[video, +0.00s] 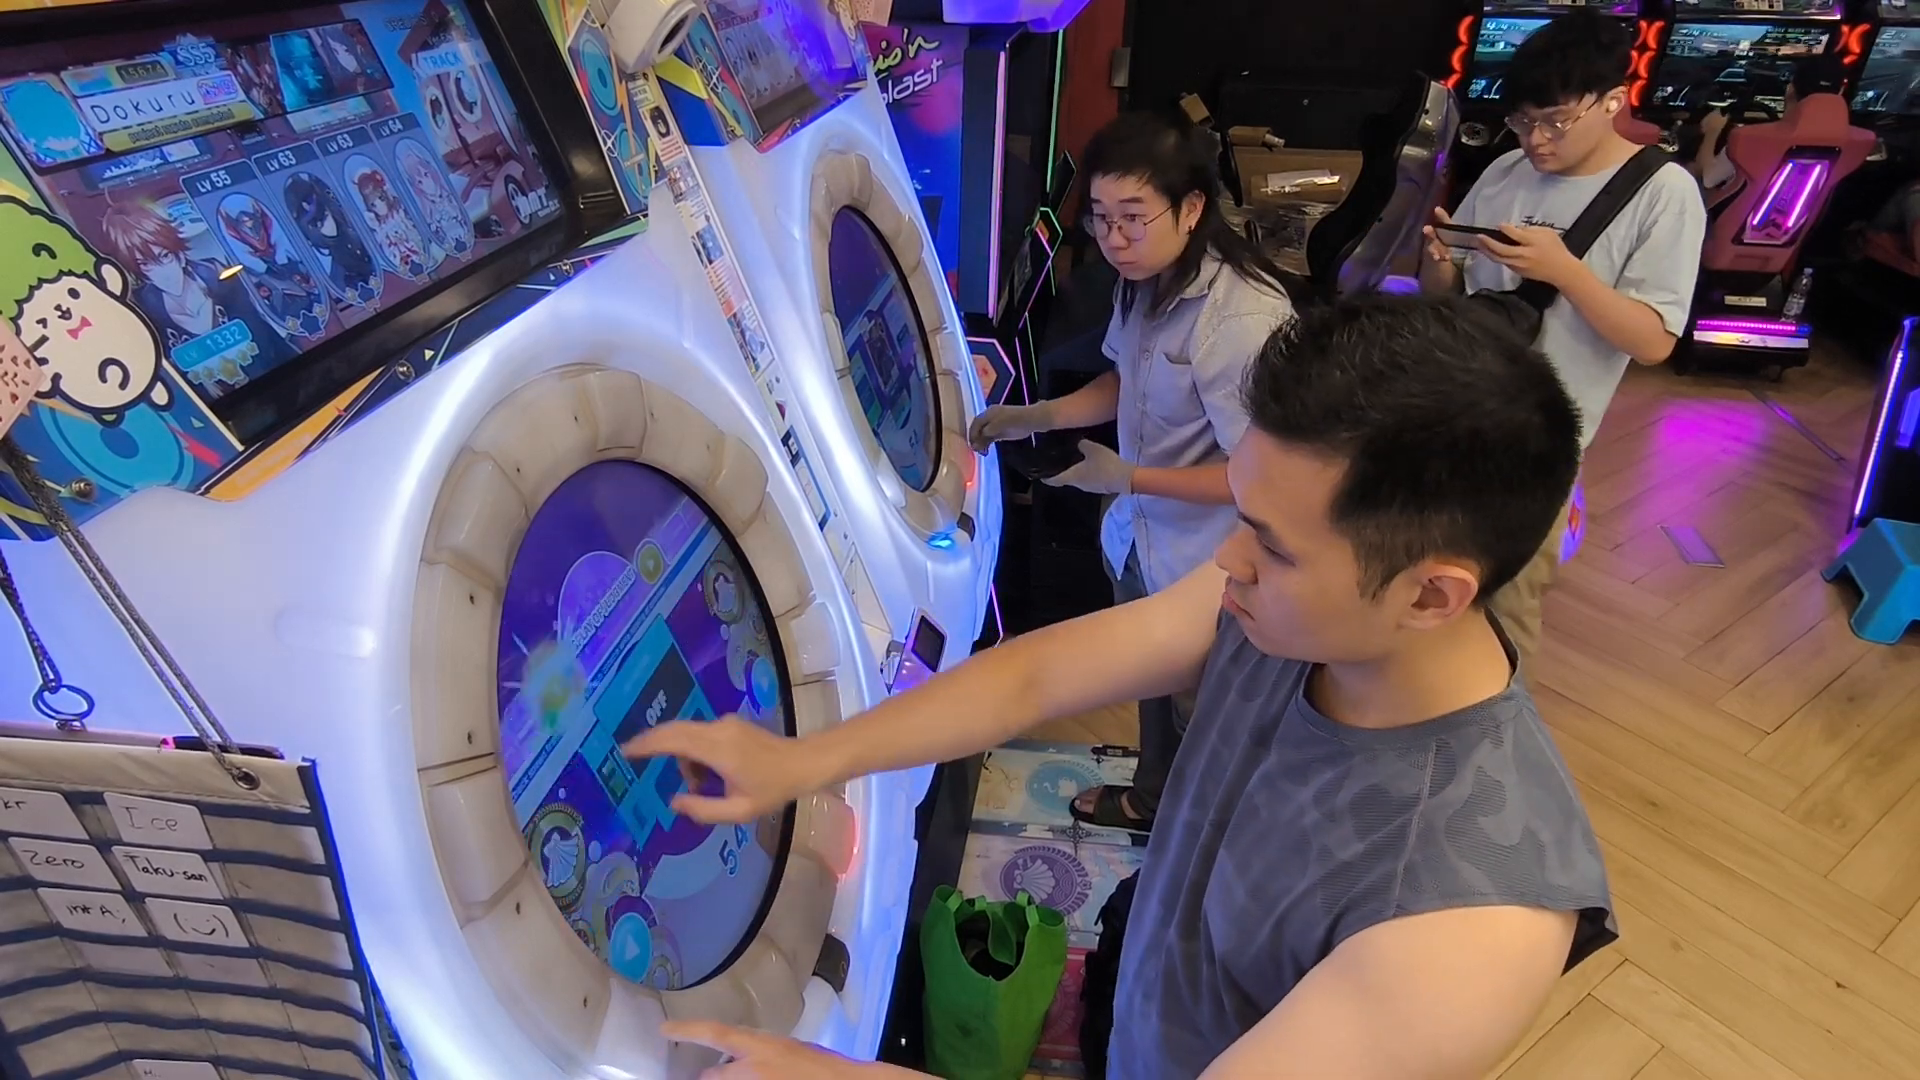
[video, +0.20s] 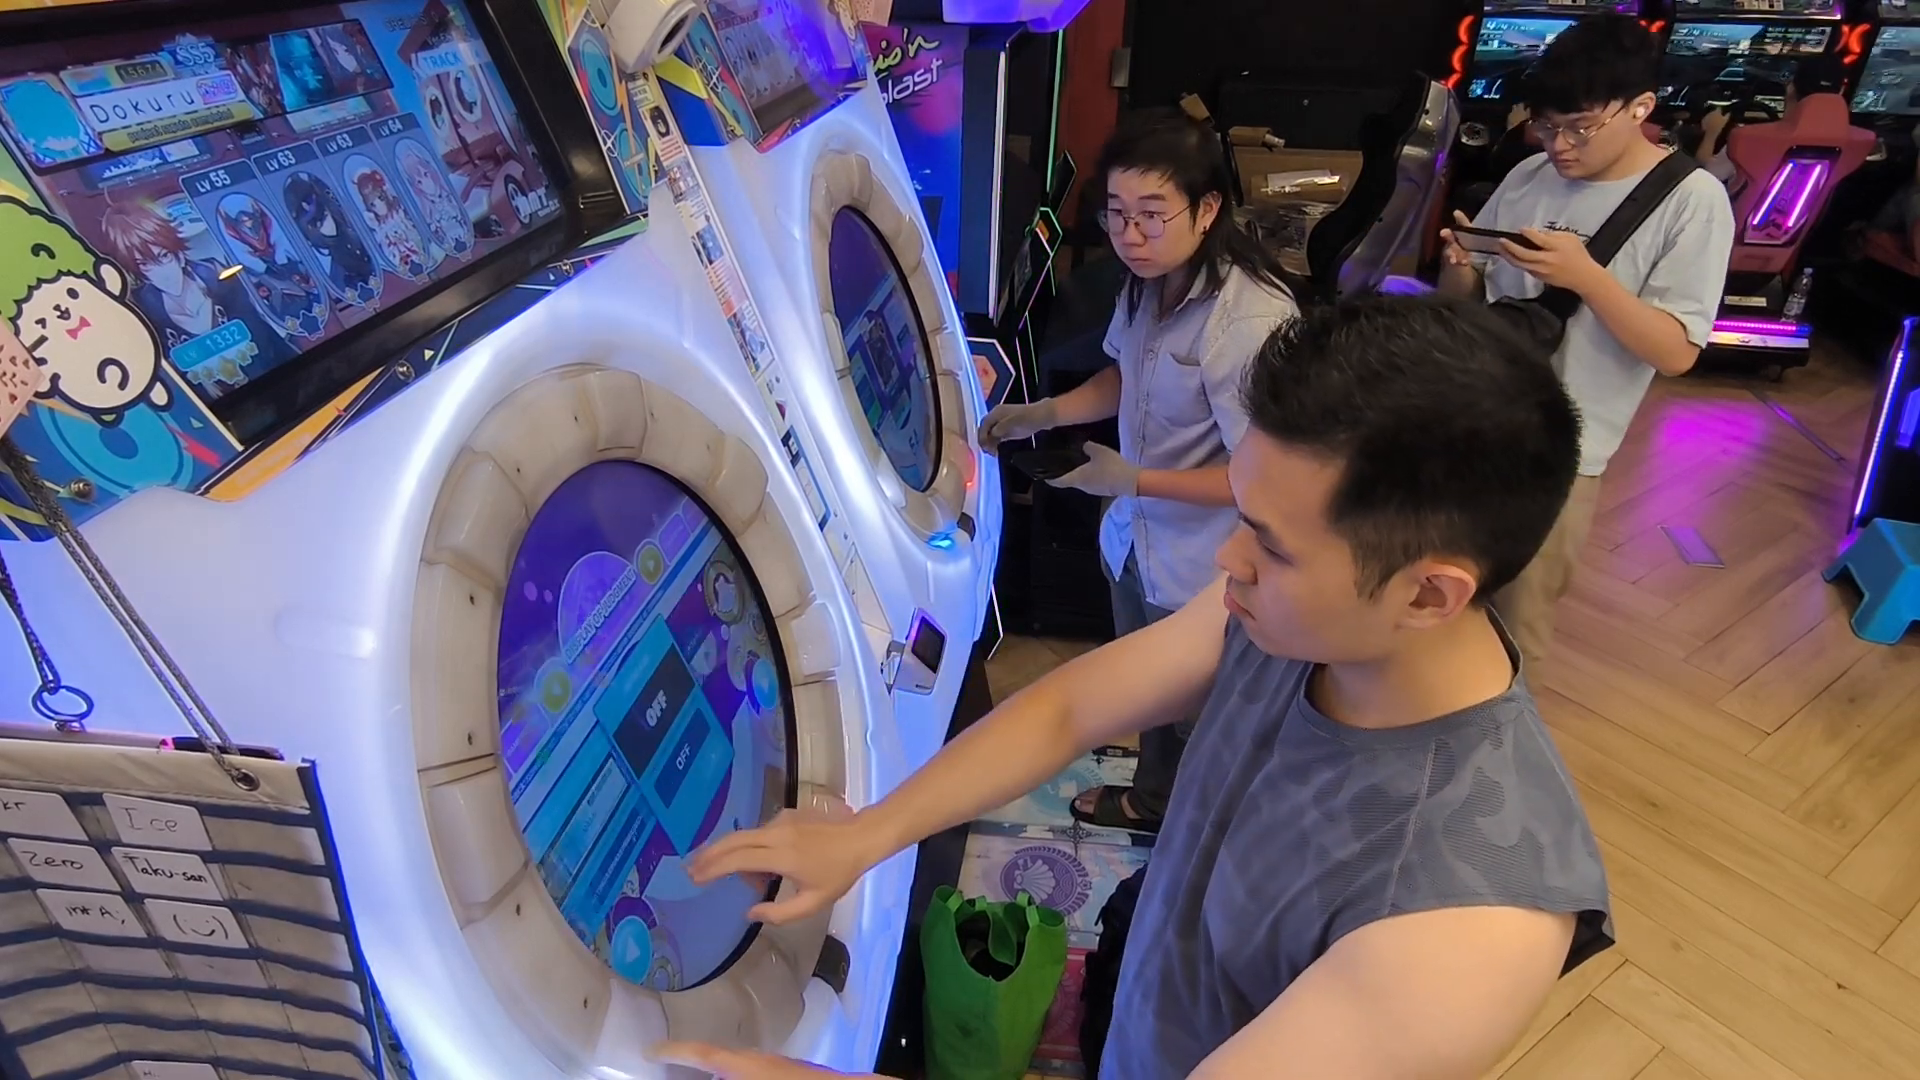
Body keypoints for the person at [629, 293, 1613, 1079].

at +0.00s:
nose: (1224, 562)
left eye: (1276, 551)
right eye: (1240, 517)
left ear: (1434, 594)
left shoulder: (1475, 908)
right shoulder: (1280, 590)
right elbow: (1031, 679)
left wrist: (860, 1079)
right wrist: (806, 760)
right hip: (1130, 1001)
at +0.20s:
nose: (1221, 560)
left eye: (1272, 549)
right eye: (1239, 516)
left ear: (1431, 593)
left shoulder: (1473, 909)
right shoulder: (1290, 604)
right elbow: (1067, 712)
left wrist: (808, 1070)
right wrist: (869, 830)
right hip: (1132, 1022)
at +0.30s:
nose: (1217, 557)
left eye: (1266, 543)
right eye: (1234, 514)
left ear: (1426, 590)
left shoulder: (1473, 904)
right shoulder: (1288, 611)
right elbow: (1071, 713)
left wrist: (868, 1074)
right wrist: (867, 826)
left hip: (1196, 1076)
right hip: (1130, 1020)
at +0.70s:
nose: (1225, 554)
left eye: (1276, 544)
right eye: (1244, 512)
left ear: (1435, 595)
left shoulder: (1479, 915)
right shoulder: (1298, 594)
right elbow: (1049, 662)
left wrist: (878, 1076)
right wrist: (809, 736)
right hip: (1138, 988)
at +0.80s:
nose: (1229, 554)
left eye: (1279, 544)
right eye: (1246, 512)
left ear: (1438, 595)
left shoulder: (1486, 916)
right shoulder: (1295, 591)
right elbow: (1040, 654)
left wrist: (882, 1078)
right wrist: (793, 729)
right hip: (1137, 1003)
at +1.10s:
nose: (1229, 558)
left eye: (1281, 547)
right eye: (1247, 514)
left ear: (1442, 596)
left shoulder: (1492, 917)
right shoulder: (1287, 590)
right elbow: (1032, 664)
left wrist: (874, 1078)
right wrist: (795, 754)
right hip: (1137, 992)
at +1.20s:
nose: (1230, 560)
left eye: (1279, 549)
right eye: (1248, 518)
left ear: (1438, 599)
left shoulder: (1491, 913)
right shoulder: (1292, 596)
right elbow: (1046, 685)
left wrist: (877, 1076)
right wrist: (844, 797)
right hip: (1133, 1025)